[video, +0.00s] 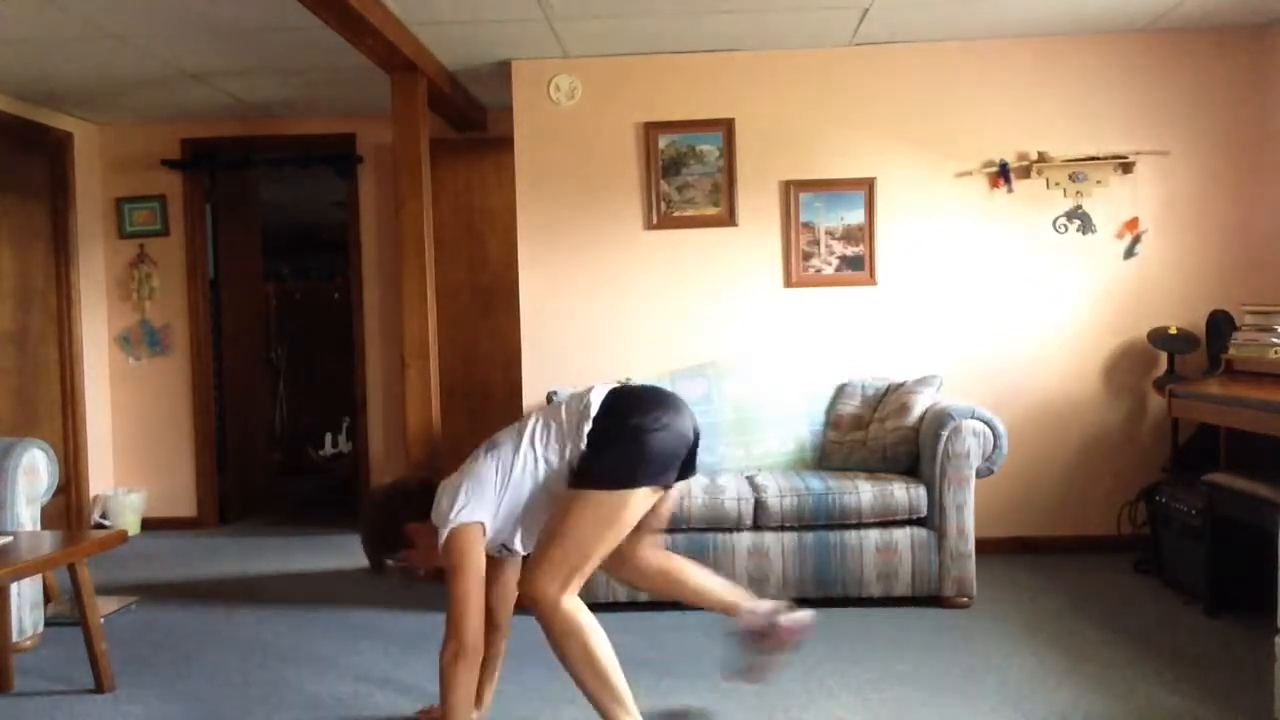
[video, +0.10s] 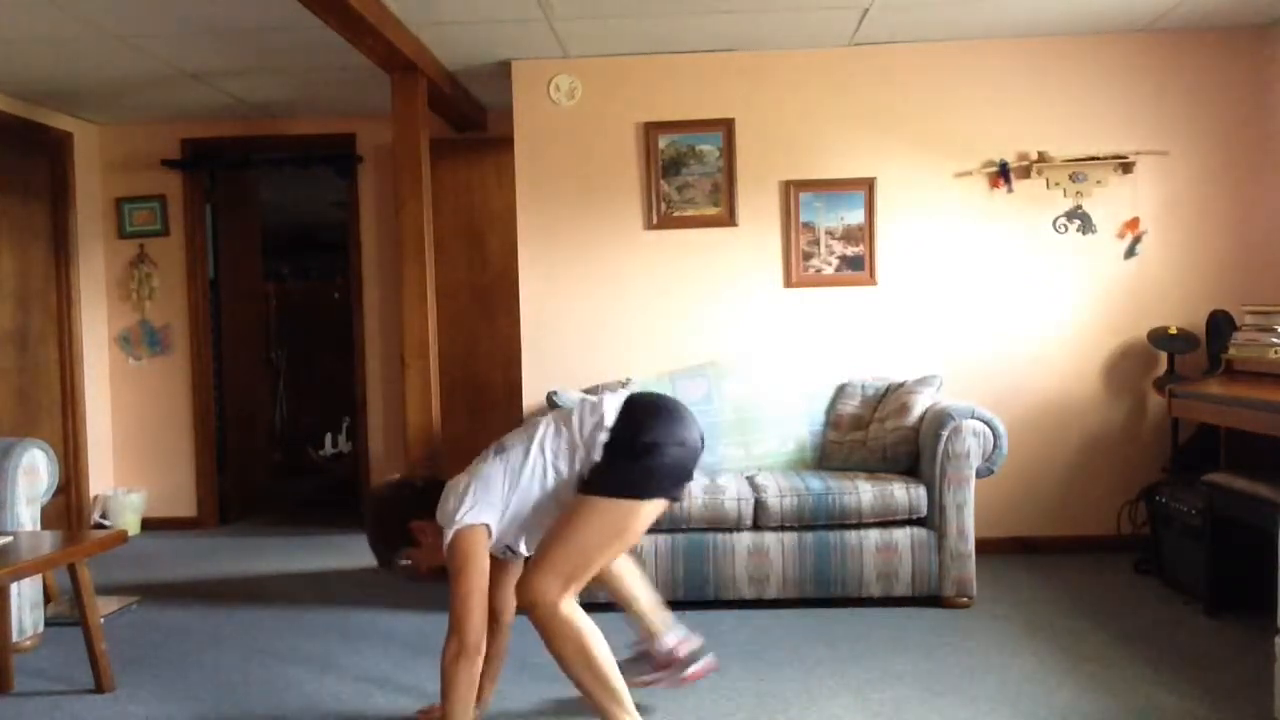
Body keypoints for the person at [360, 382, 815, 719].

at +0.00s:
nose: (421, 571)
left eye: (406, 560)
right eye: (408, 567)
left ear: (416, 533)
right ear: (419, 531)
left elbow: (463, 643)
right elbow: (494, 629)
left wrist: (451, 713)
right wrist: (474, 708)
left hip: (633, 426)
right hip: (668, 421)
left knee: (549, 593)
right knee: (629, 557)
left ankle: (624, 712)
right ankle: (761, 613)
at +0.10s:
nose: (423, 570)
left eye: (411, 559)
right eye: (412, 565)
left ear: (422, 532)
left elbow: (465, 648)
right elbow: (497, 624)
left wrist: (450, 712)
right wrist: (474, 705)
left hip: (647, 432)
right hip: (665, 424)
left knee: (545, 594)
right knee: (589, 545)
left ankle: (623, 712)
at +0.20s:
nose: (421, 566)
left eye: (411, 555)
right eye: (411, 561)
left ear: (421, 526)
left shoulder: (470, 505)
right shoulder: (504, 508)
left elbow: (468, 645)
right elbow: (496, 625)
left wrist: (452, 713)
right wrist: (473, 705)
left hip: (657, 446)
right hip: (668, 438)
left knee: (546, 592)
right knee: (585, 563)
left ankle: (622, 713)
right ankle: (645, 670)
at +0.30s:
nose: (424, 538)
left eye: (415, 526)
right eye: (414, 531)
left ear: (424, 500)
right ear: (427, 491)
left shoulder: (482, 492)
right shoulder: (493, 484)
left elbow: (469, 637)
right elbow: (498, 604)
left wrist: (454, 711)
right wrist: (478, 684)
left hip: (669, 457)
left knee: (549, 588)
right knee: (572, 559)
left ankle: (622, 711)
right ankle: (642, 668)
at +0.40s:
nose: (418, 455)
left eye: (415, 440)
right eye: (410, 446)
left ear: (435, 412)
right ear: (436, 406)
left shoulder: (492, 433)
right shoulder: (493, 409)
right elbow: (487, 558)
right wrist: (459, 652)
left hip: (677, 444)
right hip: (681, 435)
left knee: (561, 574)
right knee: (589, 558)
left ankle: (624, 712)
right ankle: (642, 667)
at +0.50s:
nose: (423, 371)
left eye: (422, 356)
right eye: (413, 360)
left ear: (444, 333)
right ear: (449, 327)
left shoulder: (497, 365)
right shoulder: (515, 346)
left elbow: (491, 499)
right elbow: (515, 486)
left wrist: (475, 602)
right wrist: (485, 569)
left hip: (671, 428)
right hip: (679, 418)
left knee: (566, 572)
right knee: (592, 552)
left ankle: (628, 712)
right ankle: (644, 666)